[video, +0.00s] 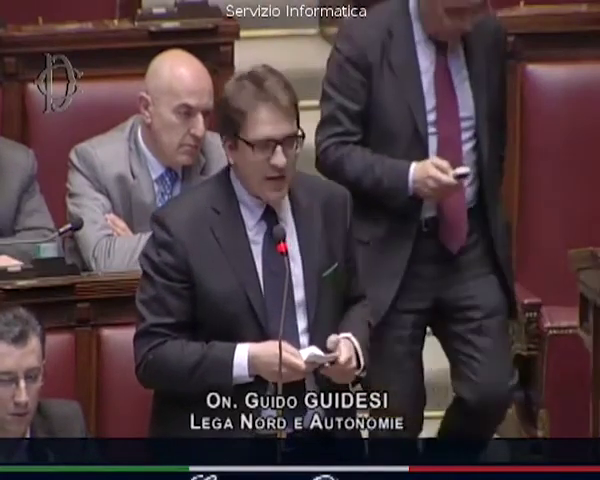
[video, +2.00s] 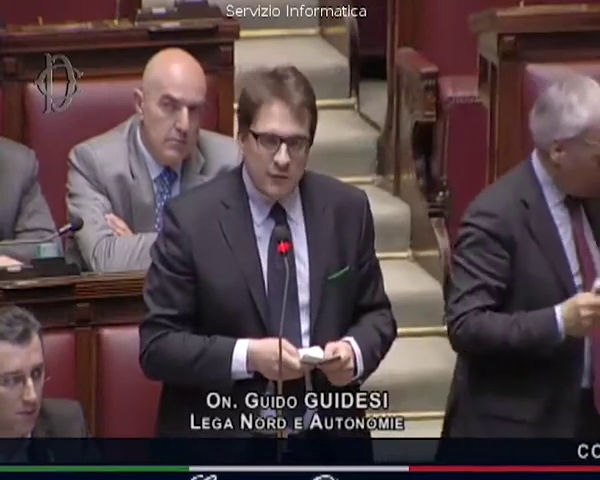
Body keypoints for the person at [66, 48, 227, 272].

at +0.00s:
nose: (199, 131)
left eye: (206, 114)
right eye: (185, 113)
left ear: (211, 110)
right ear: (146, 108)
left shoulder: (219, 154)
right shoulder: (92, 160)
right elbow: (105, 260)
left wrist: (137, 248)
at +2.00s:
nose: (184, 125)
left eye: (194, 109)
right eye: (169, 106)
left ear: (203, 108)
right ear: (139, 104)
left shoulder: (230, 157)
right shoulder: (91, 161)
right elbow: (105, 259)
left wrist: (138, 250)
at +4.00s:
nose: (186, 125)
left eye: (197, 110)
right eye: (172, 107)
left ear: (204, 109)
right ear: (141, 104)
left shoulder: (230, 157)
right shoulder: (91, 161)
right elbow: (105, 259)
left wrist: (138, 250)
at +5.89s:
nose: (201, 131)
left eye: (206, 113)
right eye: (185, 116)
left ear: (210, 105)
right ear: (146, 113)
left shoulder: (230, 156)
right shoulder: (91, 161)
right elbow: (105, 259)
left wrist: (139, 251)